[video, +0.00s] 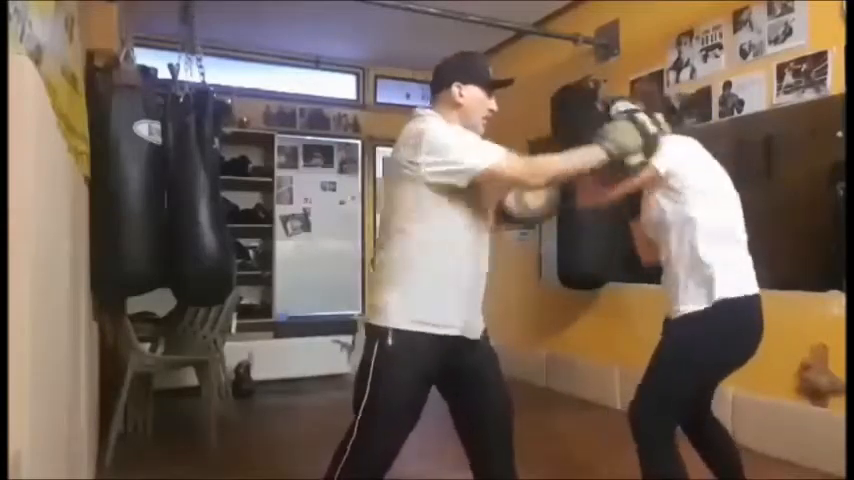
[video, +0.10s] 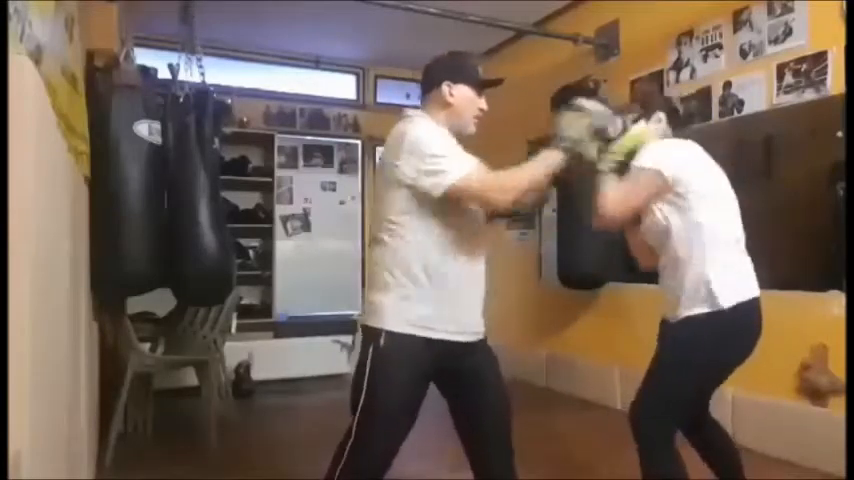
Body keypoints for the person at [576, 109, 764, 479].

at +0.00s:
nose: (620, 146)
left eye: (622, 136)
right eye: (617, 138)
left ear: (637, 132)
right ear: (656, 124)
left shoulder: (672, 148)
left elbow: (591, 196)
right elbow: (650, 255)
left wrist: (601, 150)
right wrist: (630, 195)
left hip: (708, 319)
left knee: (648, 415)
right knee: (693, 413)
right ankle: (734, 474)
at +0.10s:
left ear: (628, 131)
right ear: (653, 127)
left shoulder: (666, 153)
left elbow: (610, 211)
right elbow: (648, 259)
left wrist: (604, 166)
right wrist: (628, 210)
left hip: (708, 319)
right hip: (730, 316)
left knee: (649, 418)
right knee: (691, 414)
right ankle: (734, 473)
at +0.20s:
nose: (627, 127)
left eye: (635, 117)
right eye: (625, 119)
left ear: (665, 113)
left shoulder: (701, 156)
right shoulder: (648, 165)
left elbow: (665, 230)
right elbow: (611, 231)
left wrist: (647, 172)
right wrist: (605, 181)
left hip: (716, 313)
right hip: (672, 317)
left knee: (654, 418)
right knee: (699, 419)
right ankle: (730, 473)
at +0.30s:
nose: (631, 125)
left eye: (638, 115)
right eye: (628, 117)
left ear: (671, 111)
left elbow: (704, 219)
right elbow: (567, 169)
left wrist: (670, 159)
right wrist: (558, 126)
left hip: (716, 312)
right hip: (667, 317)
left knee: (656, 416)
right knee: (705, 420)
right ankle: (738, 475)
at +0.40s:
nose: (634, 124)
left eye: (640, 113)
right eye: (630, 116)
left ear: (669, 110)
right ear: (631, 121)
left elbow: (734, 179)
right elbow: (585, 172)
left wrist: (680, 139)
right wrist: (570, 146)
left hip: (713, 310)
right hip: (663, 315)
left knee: (656, 417)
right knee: (697, 419)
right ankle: (736, 473)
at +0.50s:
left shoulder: (708, 152)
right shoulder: (653, 175)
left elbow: (719, 117)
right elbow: (627, 221)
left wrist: (668, 111)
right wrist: (602, 188)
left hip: (707, 302)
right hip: (677, 307)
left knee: (652, 414)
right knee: (694, 414)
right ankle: (737, 473)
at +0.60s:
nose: (639, 120)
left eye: (645, 106)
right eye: (639, 106)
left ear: (673, 107)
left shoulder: (695, 139)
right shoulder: (666, 170)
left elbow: (620, 98)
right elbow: (665, 248)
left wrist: (587, 121)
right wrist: (626, 213)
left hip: (705, 305)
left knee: (648, 413)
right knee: (697, 413)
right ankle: (740, 474)